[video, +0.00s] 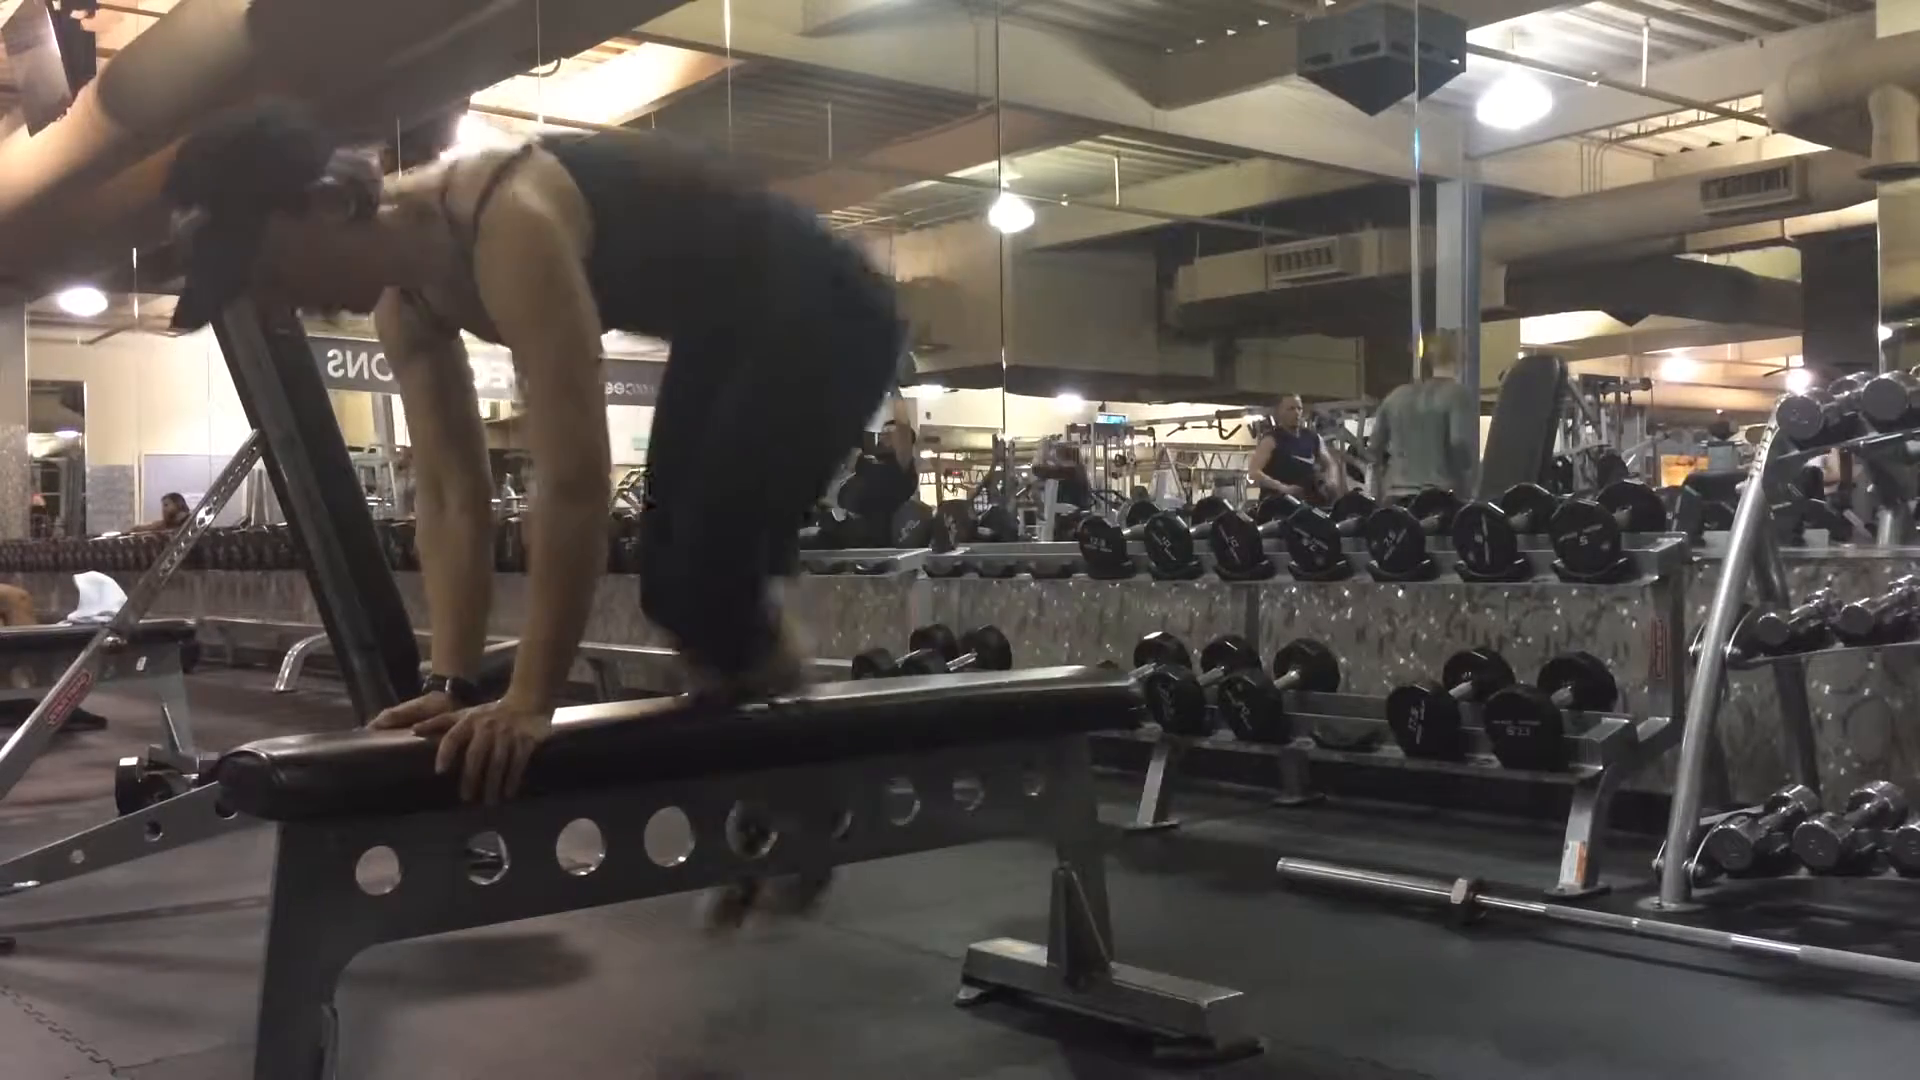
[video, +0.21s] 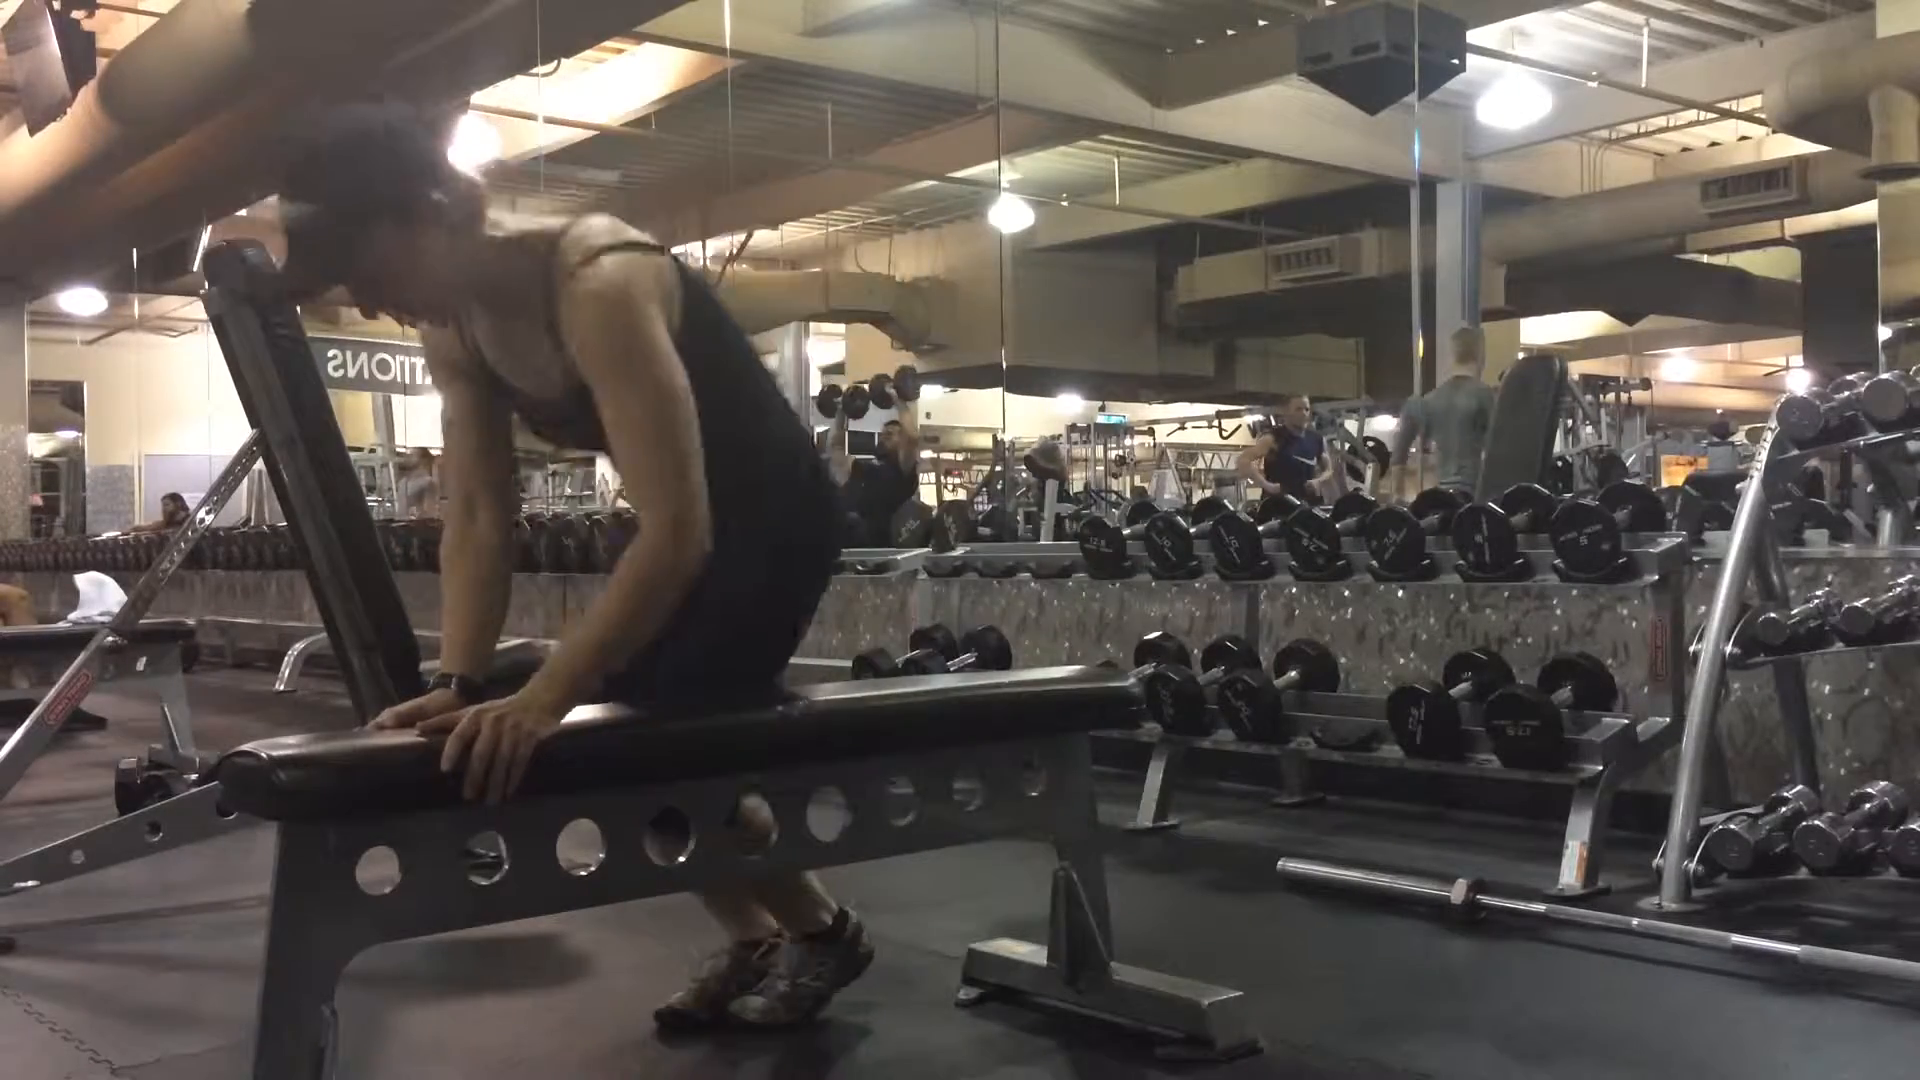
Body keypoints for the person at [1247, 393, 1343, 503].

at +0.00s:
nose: (1297, 413)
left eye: (1299, 408)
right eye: (1291, 409)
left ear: (1303, 411)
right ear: (1278, 412)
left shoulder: (1313, 438)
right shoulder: (1271, 440)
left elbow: (1330, 464)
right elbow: (1254, 472)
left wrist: (1331, 483)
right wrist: (1283, 488)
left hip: (1310, 503)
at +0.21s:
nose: (1304, 414)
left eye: (1307, 410)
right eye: (1298, 409)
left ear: (1310, 412)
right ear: (1285, 411)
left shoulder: (1316, 440)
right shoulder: (1273, 438)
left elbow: (1328, 470)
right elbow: (1243, 461)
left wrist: (1317, 482)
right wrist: (1266, 485)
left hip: (1307, 505)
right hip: (1277, 506)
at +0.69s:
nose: (1315, 424)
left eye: (1317, 420)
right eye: (1312, 420)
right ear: (1296, 419)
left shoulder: (1322, 444)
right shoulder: (1279, 443)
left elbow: (1333, 470)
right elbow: (1253, 472)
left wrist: (1322, 489)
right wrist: (1266, 499)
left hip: (1309, 509)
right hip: (1280, 509)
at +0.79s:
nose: (1315, 424)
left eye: (1316, 420)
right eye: (1312, 420)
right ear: (1296, 419)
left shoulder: (1322, 443)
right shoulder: (1280, 443)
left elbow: (1333, 467)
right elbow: (1258, 477)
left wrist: (1327, 486)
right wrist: (1272, 500)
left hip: (1315, 504)